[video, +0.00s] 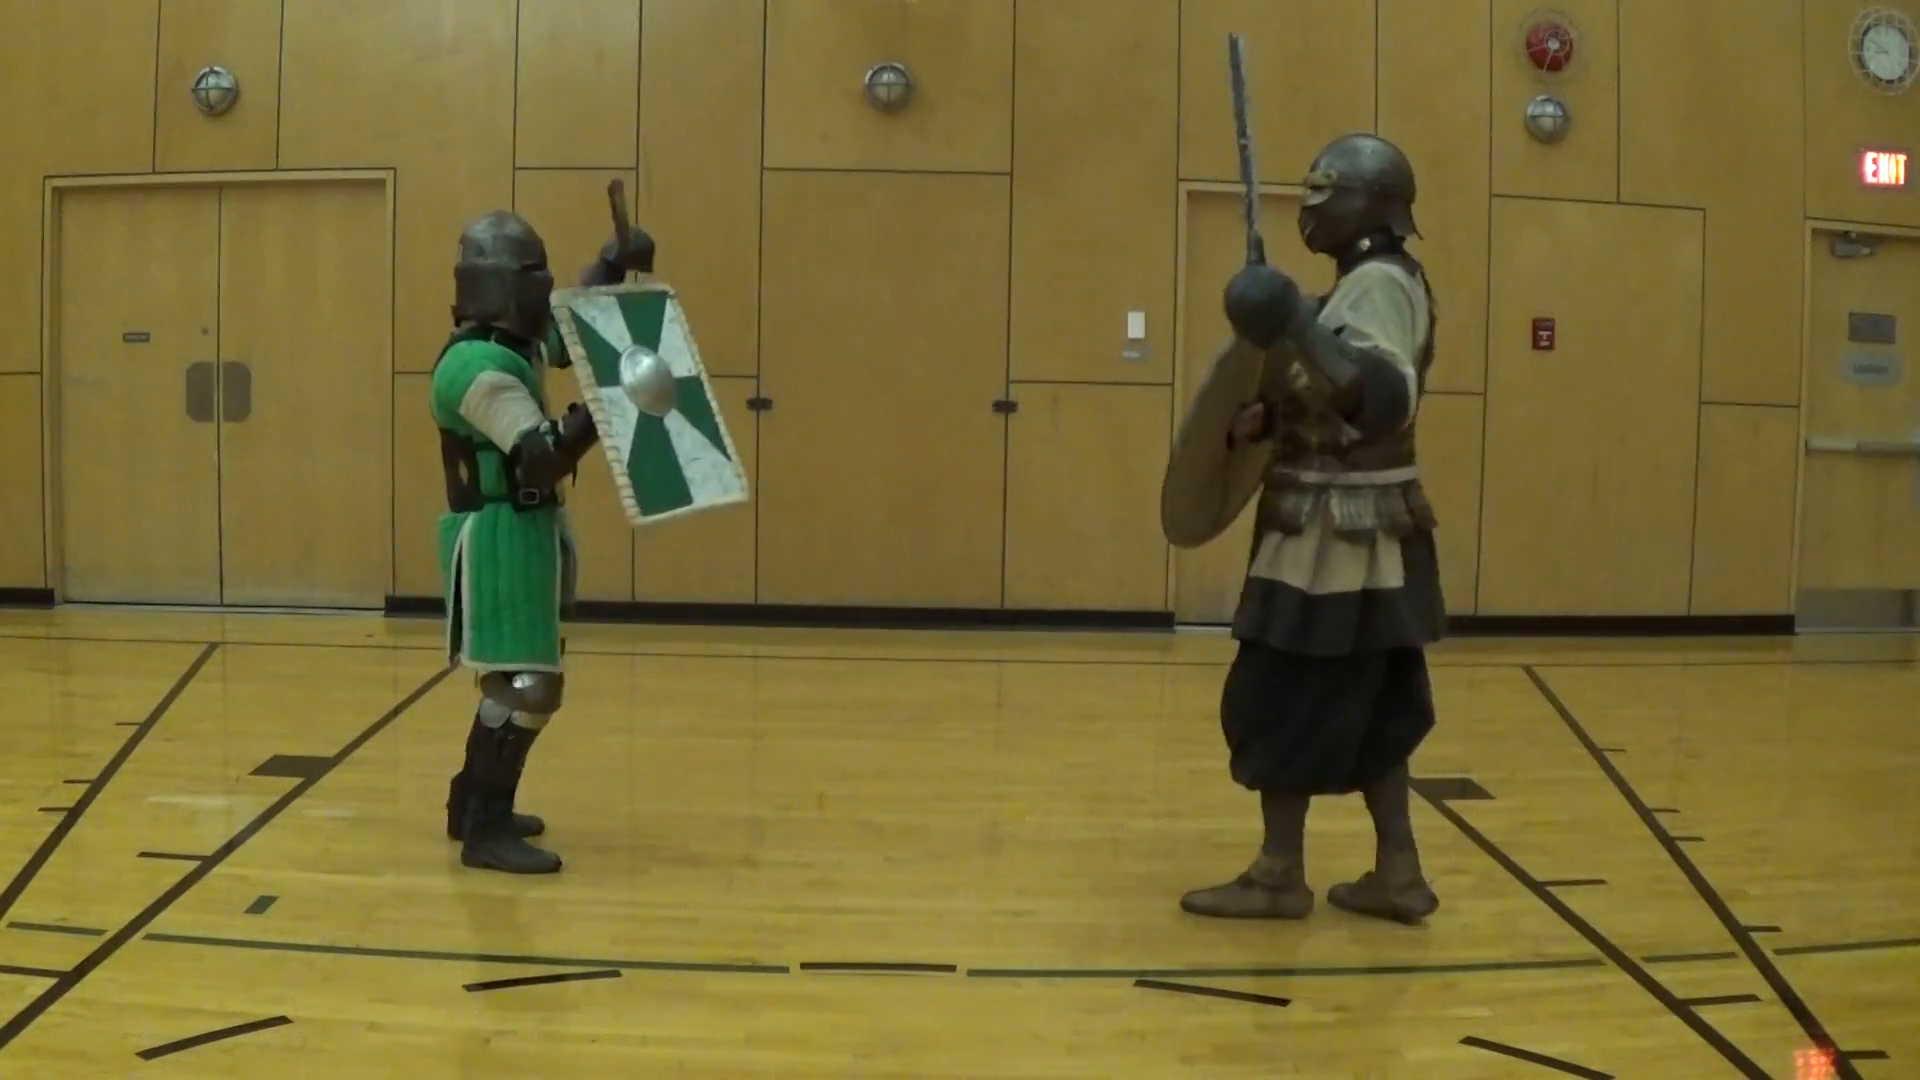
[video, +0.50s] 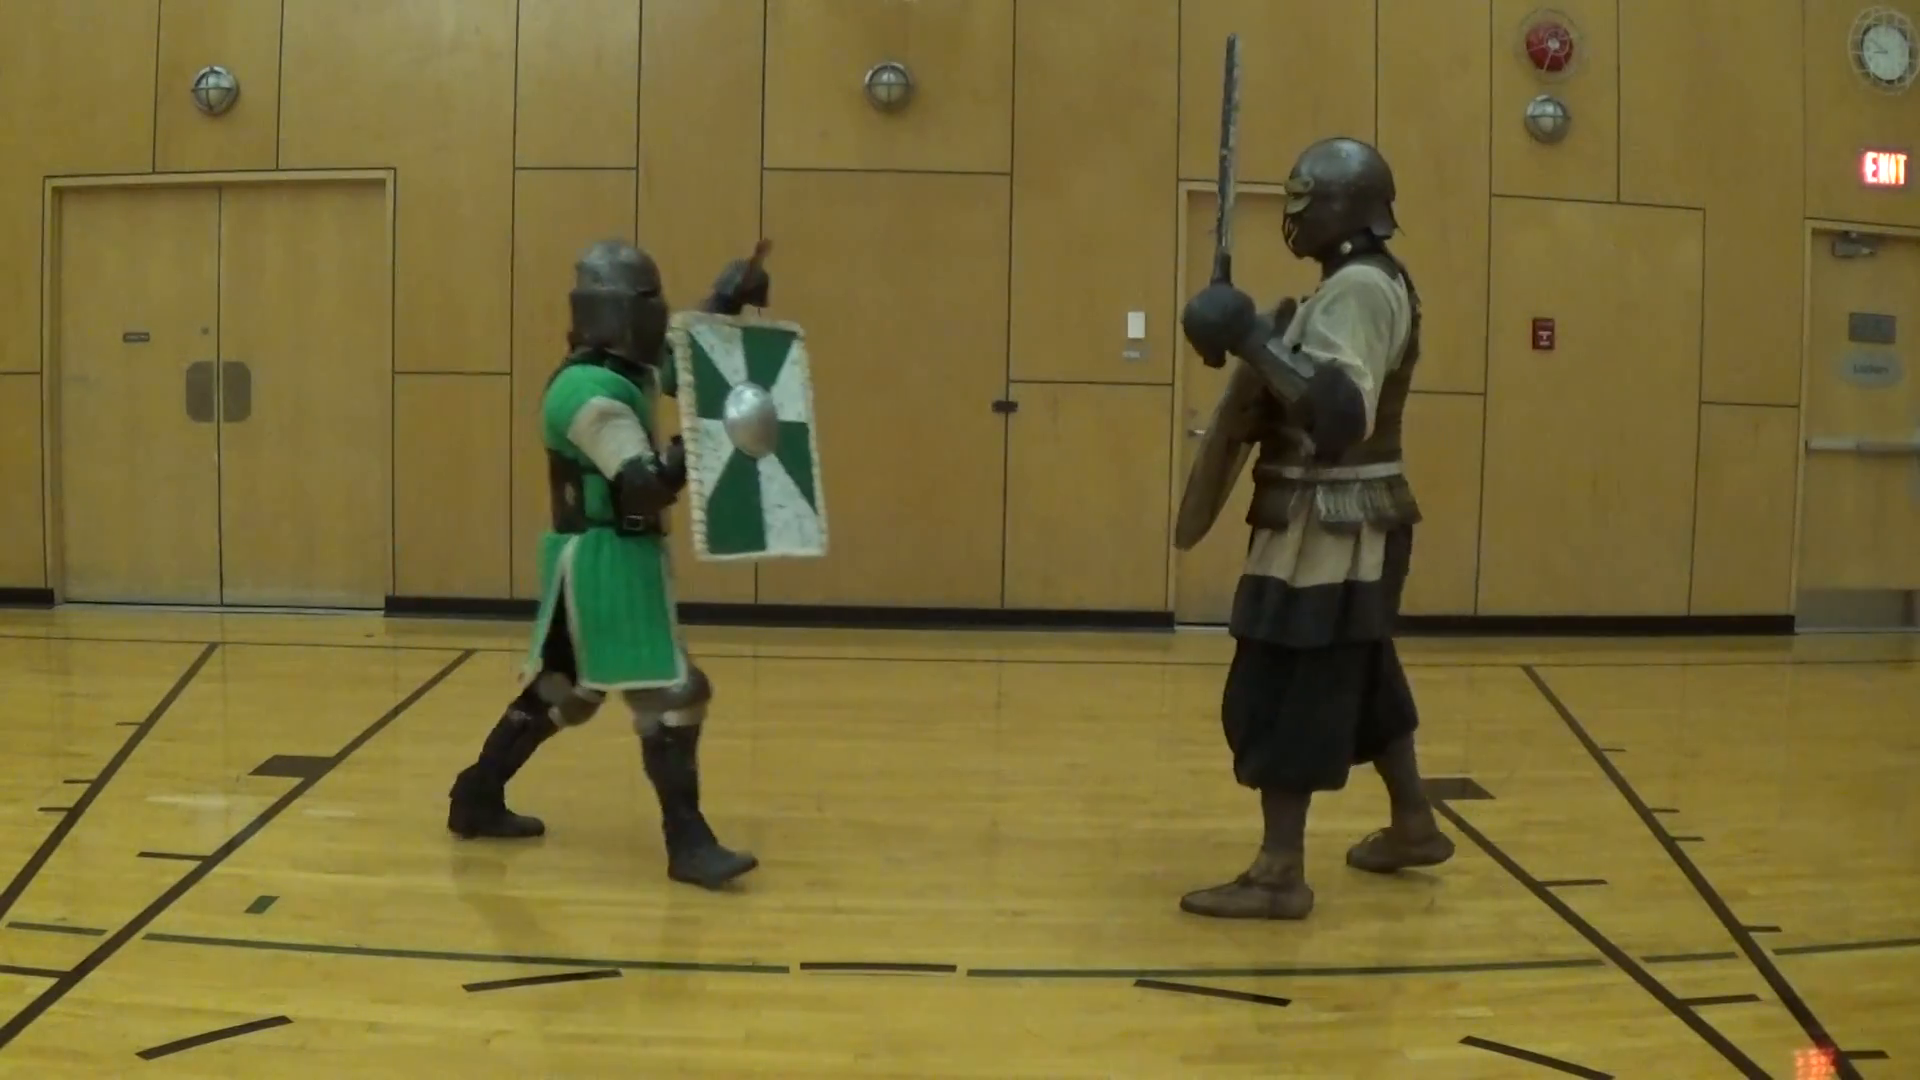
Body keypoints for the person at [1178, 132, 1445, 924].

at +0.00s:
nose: (1307, 205)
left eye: (1324, 191)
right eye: (1311, 190)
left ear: (1374, 205)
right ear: (1372, 208)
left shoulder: (1379, 285)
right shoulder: (1367, 282)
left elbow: (1384, 401)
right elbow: (1345, 390)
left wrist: (1297, 324)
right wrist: (1274, 415)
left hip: (1332, 531)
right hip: (1365, 529)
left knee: (1280, 695)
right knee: (1375, 700)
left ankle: (1278, 870)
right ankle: (1399, 871)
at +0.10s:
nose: (1291, 205)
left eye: (1307, 191)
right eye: (1295, 190)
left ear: (1356, 205)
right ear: (1361, 208)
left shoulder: (1358, 287)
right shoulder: (1364, 281)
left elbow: (1357, 407)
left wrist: (1267, 338)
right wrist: (1278, 336)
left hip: (1322, 531)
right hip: (1357, 528)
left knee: (1276, 694)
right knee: (1350, 691)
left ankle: (1278, 872)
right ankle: (1394, 852)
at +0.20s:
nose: (1281, 206)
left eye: (1296, 192)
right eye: (1285, 191)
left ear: (1344, 206)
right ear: (1351, 208)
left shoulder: (1347, 288)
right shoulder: (1365, 279)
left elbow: (1339, 410)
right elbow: (1312, 387)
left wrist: (1254, 339)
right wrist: (1251, 343)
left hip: (1316, 522)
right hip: (1352, 517)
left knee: (1280, 686)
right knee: (1338, 671)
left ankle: (1279, 872)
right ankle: (1395, 826)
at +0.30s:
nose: (1279, 207)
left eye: (1292, 193)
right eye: (1282, 192)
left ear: (1337, 204)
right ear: (1347, 206)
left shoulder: (1344, 287)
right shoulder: (1361, 277)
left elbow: (1332, 409)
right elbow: (1306, 389)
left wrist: (1248, 336)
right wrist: (1240, 342)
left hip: (1313, 521)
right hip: (1346, 515)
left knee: (1282, 686)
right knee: (1336, 668)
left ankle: (1279, 872)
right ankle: (1394, 827)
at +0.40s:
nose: (1281, 210)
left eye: (1296, 196)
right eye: (1283, 195)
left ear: (1345, 207)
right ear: (1347, 209)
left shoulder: (1347, 290)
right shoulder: (1364, 280)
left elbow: (1331, 414)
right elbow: (1309, 387)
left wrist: (1247, 337)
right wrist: (1246, 338)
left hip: (1316, 519)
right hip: (1351, 513)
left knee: (1284, 684)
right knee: (1349, 662)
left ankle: (1280, 872)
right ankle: (1396, 821)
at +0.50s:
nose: (1287, 211)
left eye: (1302, 197)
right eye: (1290, 196)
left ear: (1349, 209)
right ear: (1356, 210)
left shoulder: (1358, 292)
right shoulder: (1367, 282)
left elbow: (1340, 416)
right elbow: (1317, 387)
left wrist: (1252, 340)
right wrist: (1256, 342)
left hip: (1327, 516)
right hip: (1360, 508)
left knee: (1284, 683)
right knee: (1364, 663)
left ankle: (1280, 871)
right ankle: (1414, 822)